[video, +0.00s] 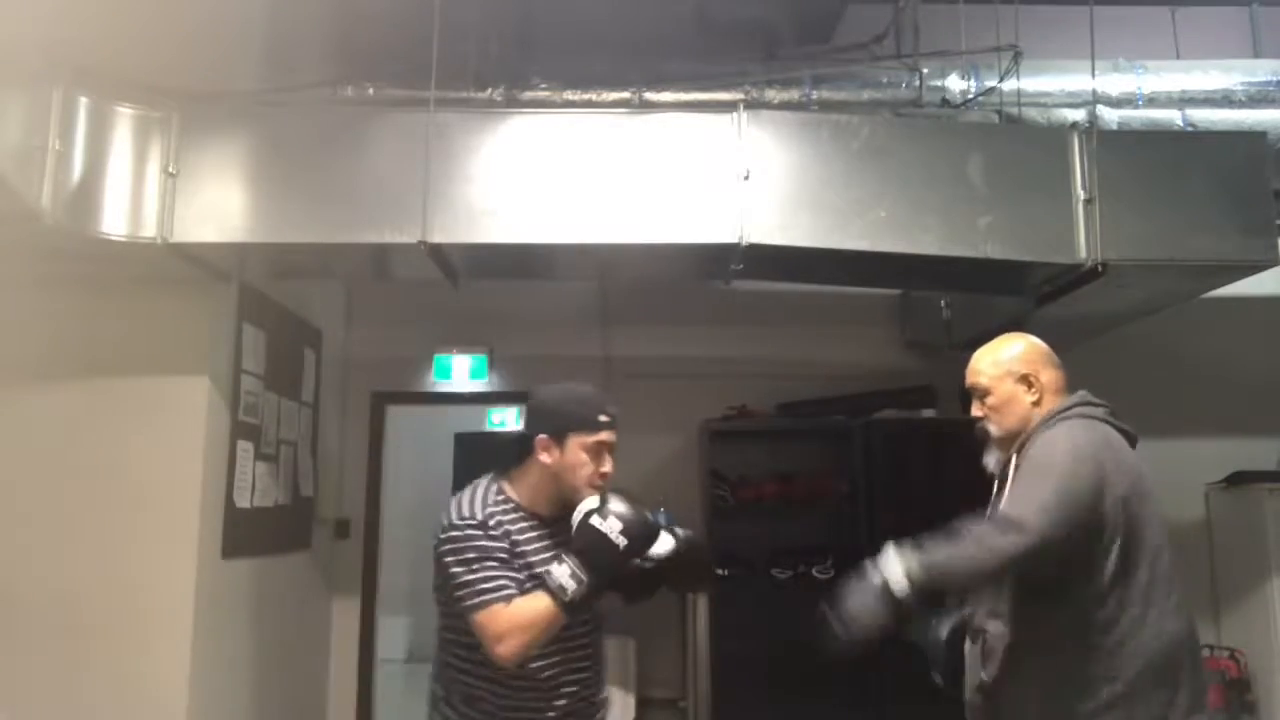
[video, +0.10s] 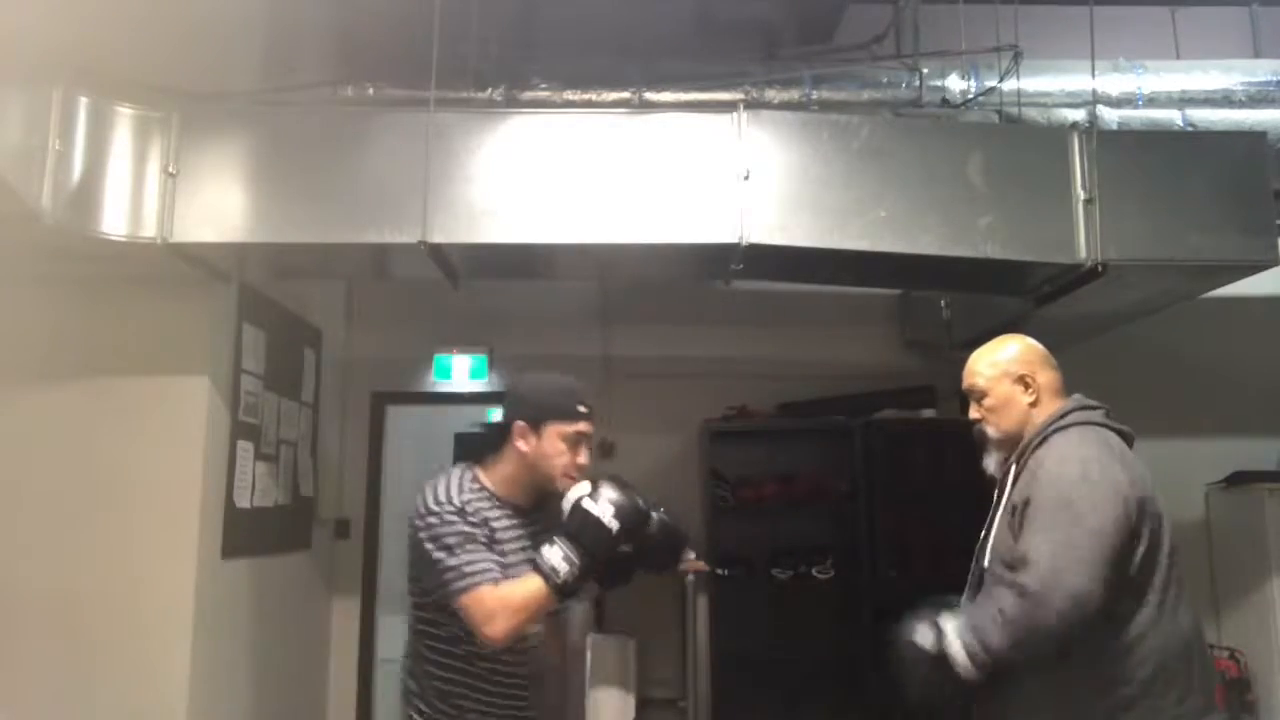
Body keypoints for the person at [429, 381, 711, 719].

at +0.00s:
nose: (608, 468)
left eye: (610, 453)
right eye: (594, 452)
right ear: (546, 449)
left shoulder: (578, 510)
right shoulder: (471, 521)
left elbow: (627, 585)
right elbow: (505, 643)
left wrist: (664, 564)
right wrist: (584, 565)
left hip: (582, 707)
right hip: (491, 710)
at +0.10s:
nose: (584, 460)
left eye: (588, 445)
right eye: (573, 442)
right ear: (523, 436)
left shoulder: (550, 507)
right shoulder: (447, 505)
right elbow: (494, 623)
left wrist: (640, 552)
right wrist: (574, 552)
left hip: (533, 707)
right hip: (450, 709)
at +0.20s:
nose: (561, 447)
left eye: (564, 432)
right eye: (551, 427)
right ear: (503, 419)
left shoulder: (526, 491)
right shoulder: (421, 490)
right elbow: (482, 598)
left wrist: (609, 548)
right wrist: (560, 529)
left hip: (511, 706)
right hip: (429, 709)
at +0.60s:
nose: (546, 441)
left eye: (550, 426)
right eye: (538, 421)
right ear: (491, 410)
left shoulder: (501, 482)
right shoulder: (415, 484)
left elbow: (510, 576)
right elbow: (451, 606)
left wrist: (573, 575)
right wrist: (542, 552)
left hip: (499, 705)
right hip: (417, 710)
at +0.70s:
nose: (561, 455)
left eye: (564, 440)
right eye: (553, 435)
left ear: (507, 428)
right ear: (506, 425)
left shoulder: (509, 497)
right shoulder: (424, 491)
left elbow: (507, 602)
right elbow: (461, 603)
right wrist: (552, 544)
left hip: (499, 706)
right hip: (418, 709)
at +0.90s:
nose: (645, 487)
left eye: (649, 475)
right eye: (636, 470)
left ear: (612, 462)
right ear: (595, 452)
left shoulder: (621, 517)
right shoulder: (497, 484)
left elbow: (685, 573)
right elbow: (473, 566)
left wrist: (752, 596)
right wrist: (579, 524)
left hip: (536, 705)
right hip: (443, 701)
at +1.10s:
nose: (688, 511)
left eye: (693, 499)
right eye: (682, 494)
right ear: (636, 480)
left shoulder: (667, 555)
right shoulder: (539, 511)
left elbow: (713, 616)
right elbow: (509, 612)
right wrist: (608, 562)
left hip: (585, 713)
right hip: (476, 710)